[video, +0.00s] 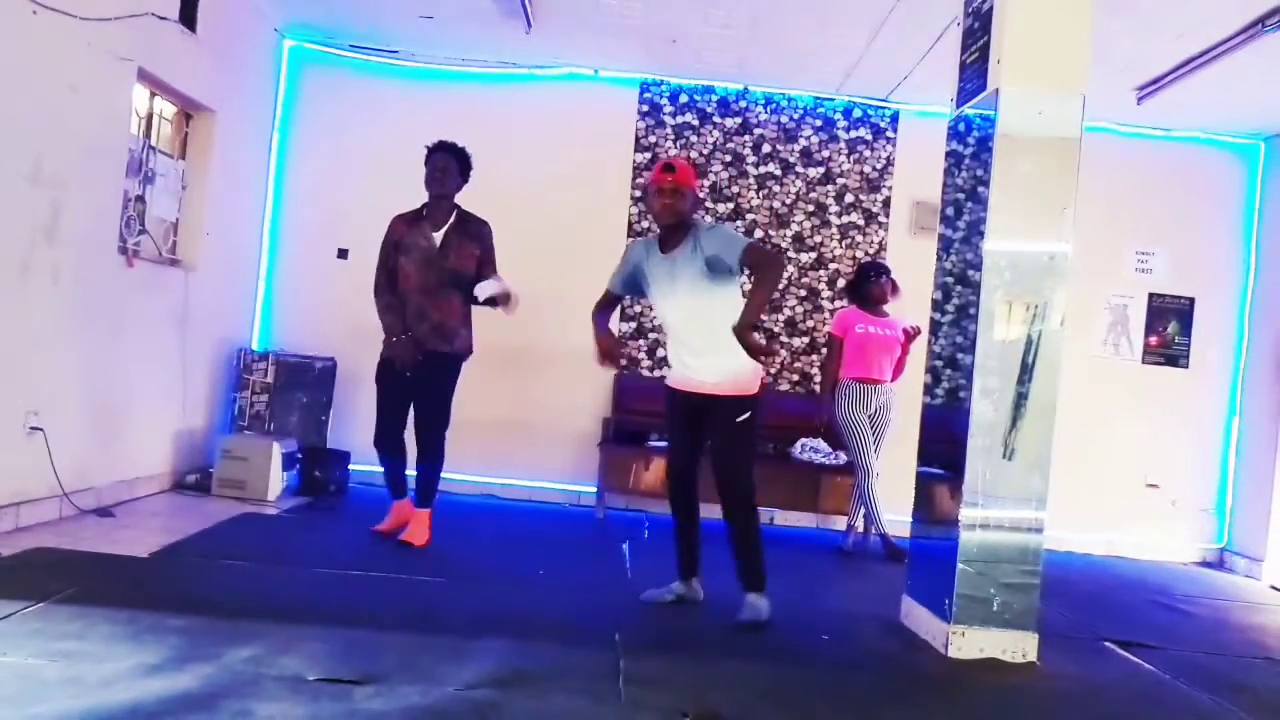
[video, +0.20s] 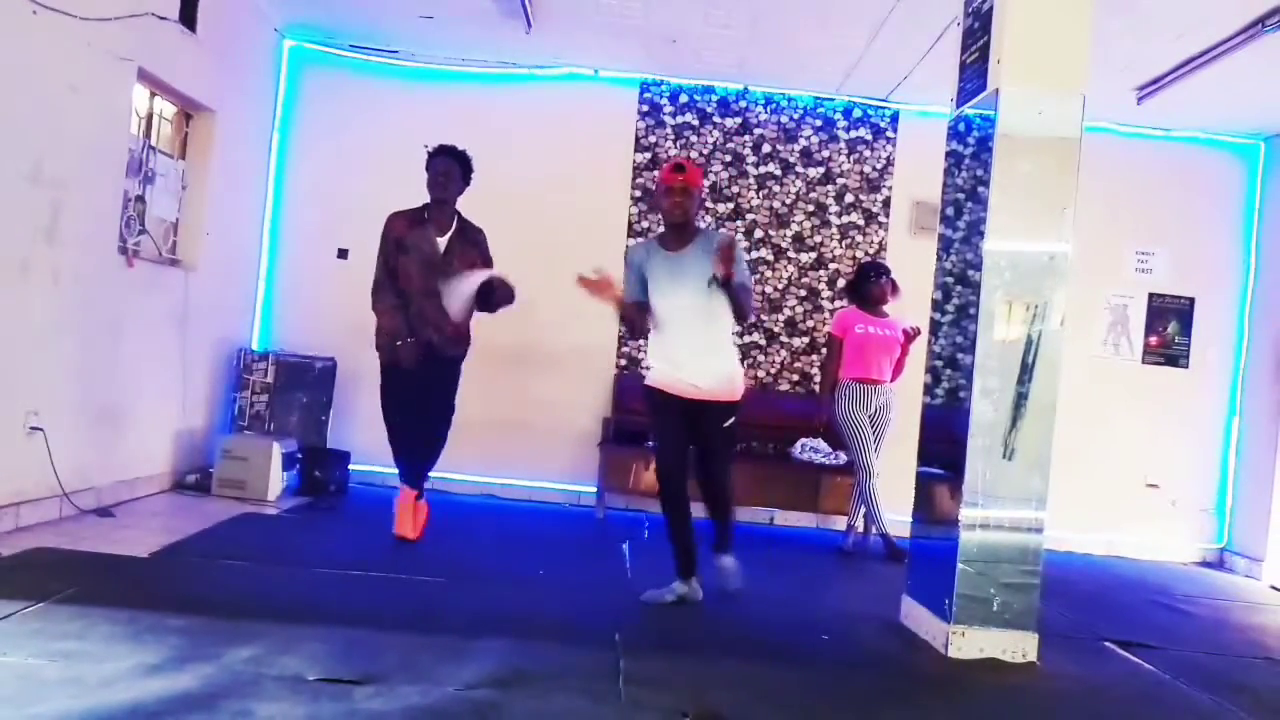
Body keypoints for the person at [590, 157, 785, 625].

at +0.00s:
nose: (663, 201)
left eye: (673, 192)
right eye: (657, 192)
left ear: (692, 198)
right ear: (648, 198)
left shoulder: (715, 239)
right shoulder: (641, 252)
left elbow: (771, 262)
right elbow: (604, 306)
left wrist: (745, 323)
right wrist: (604, 336)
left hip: (735, 386)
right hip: (684, 385)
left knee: (735, 488)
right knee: (679, 481)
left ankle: (755, 593)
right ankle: (688, 581)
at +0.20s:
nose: (676, 201)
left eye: (684, 193)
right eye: (669, 193)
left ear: (699, 199)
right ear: (657, 199)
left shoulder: (723, 247)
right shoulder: (640, 255)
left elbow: (745, 314)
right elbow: (641, 324)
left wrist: (729, 278)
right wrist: (615, 299)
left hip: (718, 386)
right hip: (666, 384)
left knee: (714, 477)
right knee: (671, 484)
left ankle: (724, 552)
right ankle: (686, 579)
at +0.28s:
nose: (679, 201)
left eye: (688, 193)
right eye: (672, 192)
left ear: (701, 199)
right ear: (660, 198)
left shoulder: (724, 249)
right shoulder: (642, 252)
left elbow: (730, 317)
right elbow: (644, 324)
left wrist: (714, 283)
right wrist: (647, 292)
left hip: (712, 380)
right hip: (663, 376)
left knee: (697, 474)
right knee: (670, 476)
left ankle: (689, 553)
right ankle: (686, 579)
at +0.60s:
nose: (689, 211)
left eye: (697, 205)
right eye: (682, 203)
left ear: (708, 213)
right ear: (667, 207)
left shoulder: (714, 263)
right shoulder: (644, 251)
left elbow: (723, 317)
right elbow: (640, 317)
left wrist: (729, 342)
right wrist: (702, 296)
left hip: (687, 378)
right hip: (643, 373)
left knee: (669, 466)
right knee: (653, 460)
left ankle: (646, 550)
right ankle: (628, 544)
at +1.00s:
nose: (688, 212)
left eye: (696, 206)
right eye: (681, 204)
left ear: (708, 214)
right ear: (670, 208)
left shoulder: (698, 269)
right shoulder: (648, 247)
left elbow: (690, 324)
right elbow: (629, 314)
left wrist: (697, 354)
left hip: (664, 379)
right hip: (626, 373)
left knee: (648, 472)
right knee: (620, 467)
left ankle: (613, 561)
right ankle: (602, 552)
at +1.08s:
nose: (689, 208)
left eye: (697, 202)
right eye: (683, 200)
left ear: (708, 212)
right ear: (668, 205)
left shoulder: (705, 273)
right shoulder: (644, 247)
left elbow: (692, 332)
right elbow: (605, 306)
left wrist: (698, 353)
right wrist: (646, 350)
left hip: (666, 391)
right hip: (625, 384)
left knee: (646, 480)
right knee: (610, 467)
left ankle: (616, 564)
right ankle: (589, 547)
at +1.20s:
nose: (685, 203)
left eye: (693, 197)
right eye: (679, 195)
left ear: (707, 208)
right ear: (666, 200)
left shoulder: (716, 263)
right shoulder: (636, 245)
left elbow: (722, 331)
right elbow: (585, 295)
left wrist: (704, 331)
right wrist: (597, 339)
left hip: (670, 389)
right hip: (622, 379)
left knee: (643, 479)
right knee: (600, 464)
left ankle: (613, 565)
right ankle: (568, 542)